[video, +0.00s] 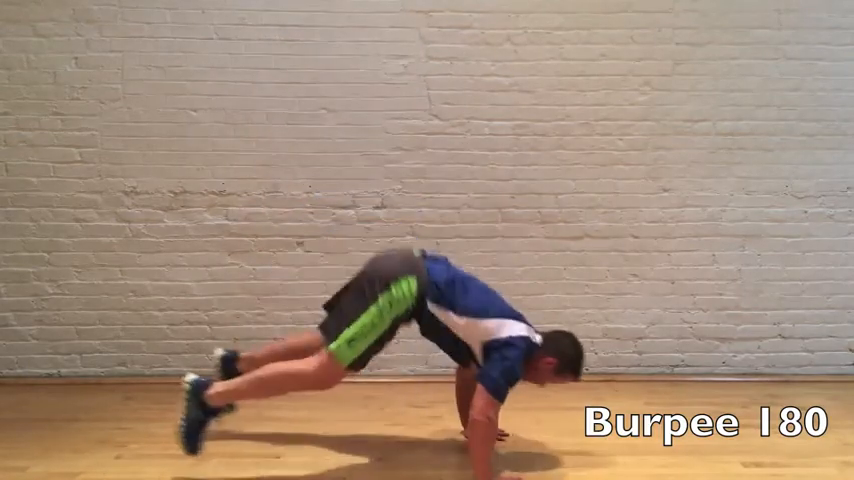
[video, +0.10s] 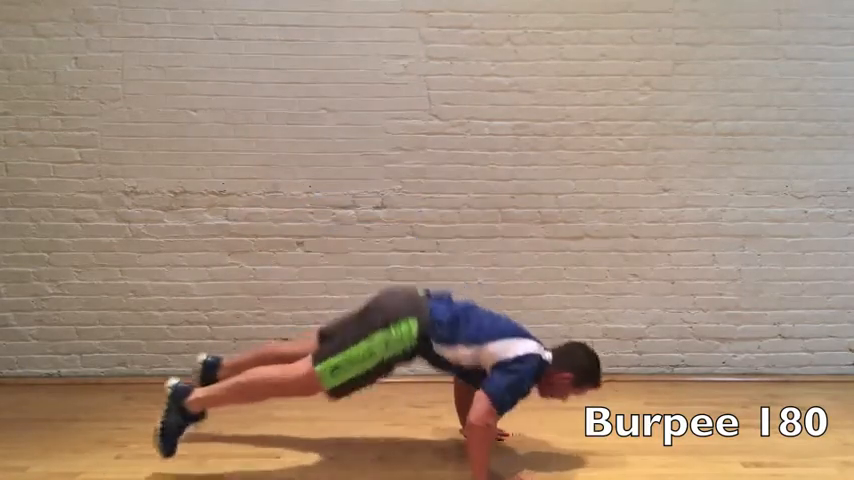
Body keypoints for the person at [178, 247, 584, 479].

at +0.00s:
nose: (548, 384)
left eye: (556, 380)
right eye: (555, 379)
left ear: (546, 351)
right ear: (549, 363)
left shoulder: (509, 332)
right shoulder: (515, 350)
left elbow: (467, 384)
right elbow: (482, 419)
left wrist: (474, 431)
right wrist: (486, 475)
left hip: (404, 265)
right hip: (405, 281)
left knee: (323, 342)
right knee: (323, 372)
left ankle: (237, 367)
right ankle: (210, 397)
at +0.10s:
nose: (566, 398)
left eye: (573, 394)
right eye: (572, 393)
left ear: (562, 363)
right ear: (564, 375)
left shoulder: (520, 343)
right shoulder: (529, 363)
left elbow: (465, 386)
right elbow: (478, 419)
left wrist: (478, 431)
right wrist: (484, 474)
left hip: (406, 303)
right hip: (408, 324)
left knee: (308, 348)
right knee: (303, 380)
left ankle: (217, 370)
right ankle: (191, 403)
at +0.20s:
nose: (571, 417)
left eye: (577, 412)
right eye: (575, 411)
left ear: (566, 384)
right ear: (565, 395)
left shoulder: (525, 368)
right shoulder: (528, 388)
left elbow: (467, 406)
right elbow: (475, 422)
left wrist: (486, 440)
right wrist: (481, 475)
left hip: (404, 346)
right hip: (405, 367)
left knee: (309, 382)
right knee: (303, 413)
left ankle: (209, 395)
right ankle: (184, 426)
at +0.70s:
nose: (563, 392)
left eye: (569, 386)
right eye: (568, 384)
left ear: (554, 357)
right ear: (557, 369)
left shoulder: (515, 346)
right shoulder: (512, 368)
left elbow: (470, 400)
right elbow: (475, 422)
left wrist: (484, 438)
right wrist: (483, 474)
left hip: (393, 326)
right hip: (389, 342)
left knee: (297, 376)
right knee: (292, 398)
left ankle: (200, 394)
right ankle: (182, 422)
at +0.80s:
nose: (543, 387)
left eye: (551, 383)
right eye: (550, 381)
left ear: (540, 354)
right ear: (543, 365)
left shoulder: (506, 336)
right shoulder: (512, 351)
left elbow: (467, 390)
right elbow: (480, 413)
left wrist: (474, 434)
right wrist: (485, 473)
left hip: (393, 274)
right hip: (393, 285)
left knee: (324, 366)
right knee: (328, 387)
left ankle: (233, 384)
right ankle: (227, 405)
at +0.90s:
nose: (513, 369)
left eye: (521, 366)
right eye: (520, 363)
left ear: (515, 340)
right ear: (515, 346)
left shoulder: (488, 324)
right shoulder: (485, 338)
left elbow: (463, 383)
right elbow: (477, 413)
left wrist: (476, 427)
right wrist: (484, 474)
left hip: (381, 248)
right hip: (375, 257)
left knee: (378, 351)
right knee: (387, 373)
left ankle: (321, 409)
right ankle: (308, 410)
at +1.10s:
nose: (536, 269)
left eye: (539, 260)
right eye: (535, 257)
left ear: (514, 249)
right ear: (517, 249)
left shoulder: (485, 259)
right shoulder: (484, 275)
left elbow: (486, 343)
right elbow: (491, 359)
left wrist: (497, 390)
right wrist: (513, 429)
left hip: (365, 278)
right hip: (352, 286)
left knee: (436, 339)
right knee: (426, 369)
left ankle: (402, 427)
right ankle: (389, 448)